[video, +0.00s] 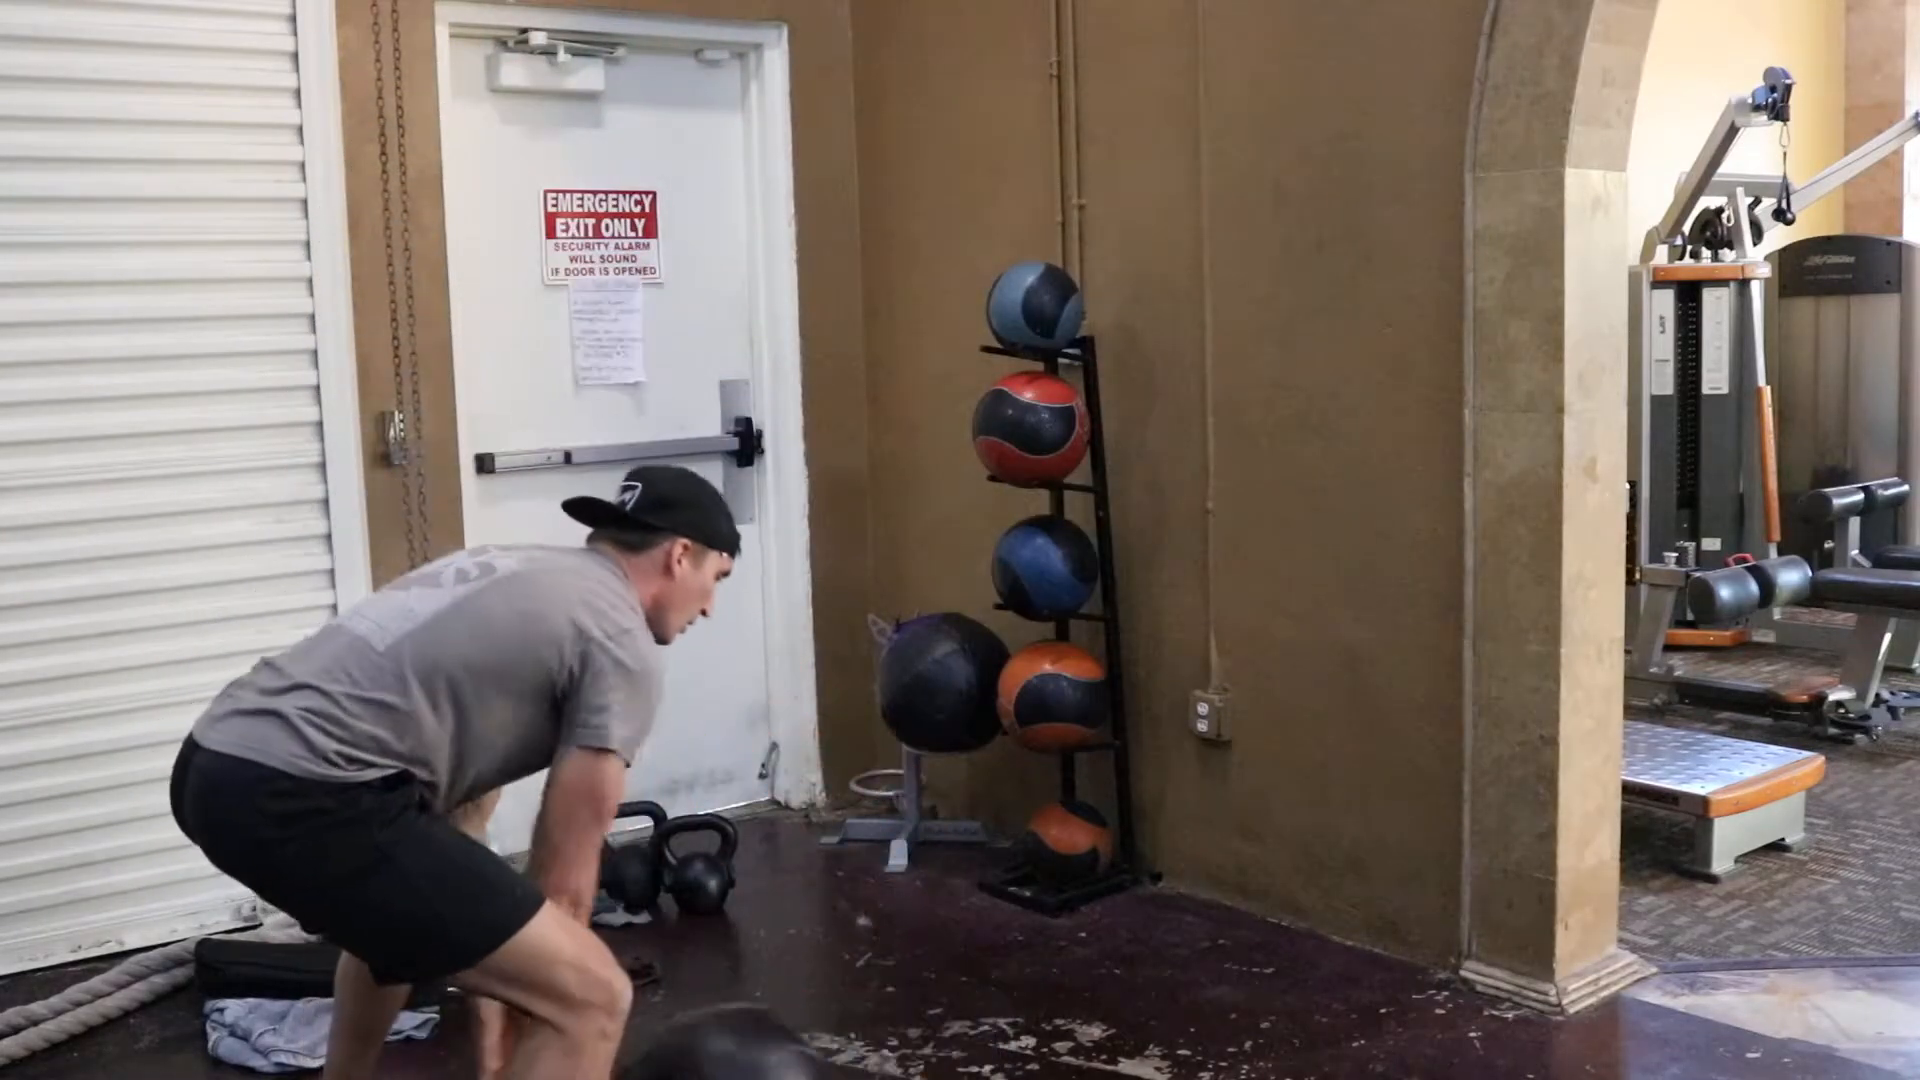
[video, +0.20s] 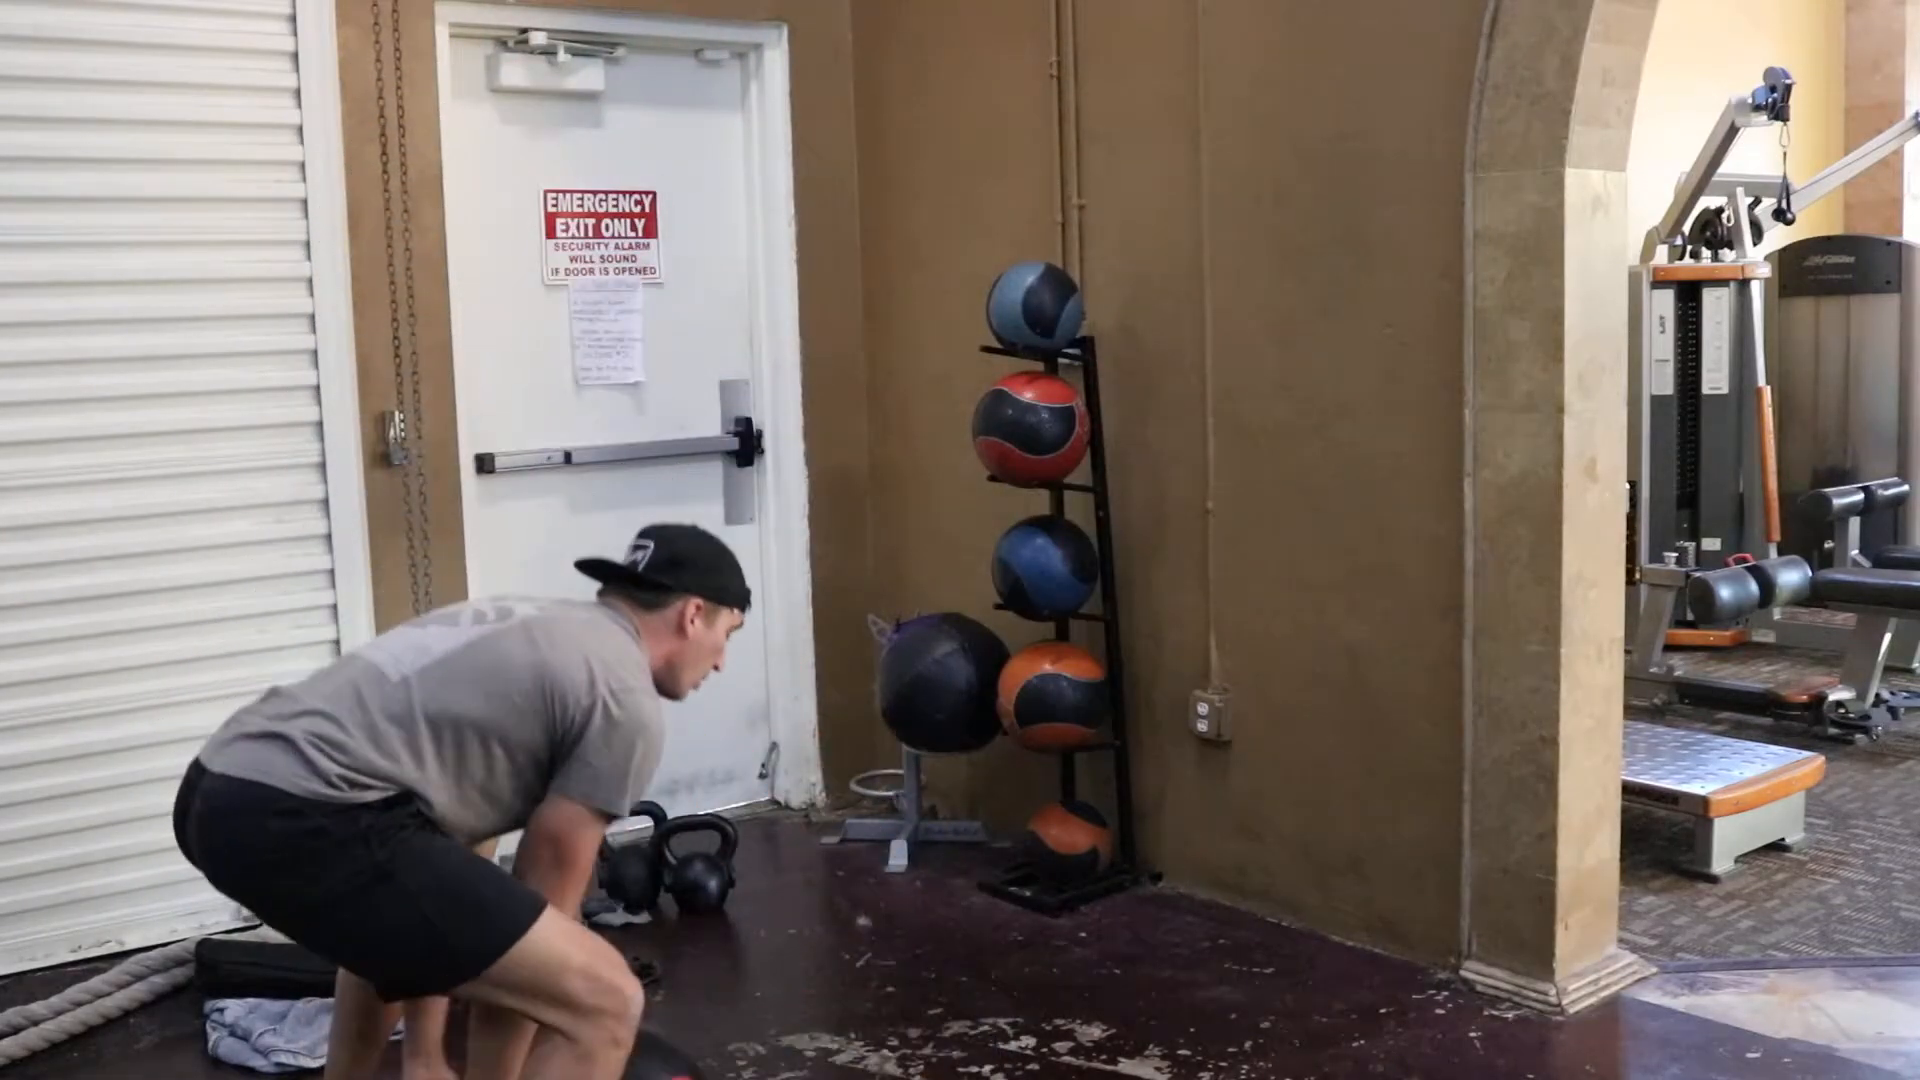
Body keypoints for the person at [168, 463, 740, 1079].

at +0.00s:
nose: (710, 609)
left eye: (719, 584)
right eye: (715, 579)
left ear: (619, 542)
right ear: (677, 558)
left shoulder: (516, 573)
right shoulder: (620, 641)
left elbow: (454, 842)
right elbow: (560, 892)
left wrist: (489, 1048)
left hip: (214, 767)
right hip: (308, 793)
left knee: (396, 909)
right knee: (594, 997)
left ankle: (343, 1070)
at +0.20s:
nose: (723, 659)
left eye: (731, 637)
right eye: (729, 632)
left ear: (627, 595)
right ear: (690, 615)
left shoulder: (533, 622)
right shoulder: (623, 697)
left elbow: (446, 867)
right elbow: (533, 919)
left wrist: (423, 1051)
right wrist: (494, 1070)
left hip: (216, 795)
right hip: (308, 817)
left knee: (389, 917)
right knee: (604, 998)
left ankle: (346, 1069)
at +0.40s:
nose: (726, 732)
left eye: (733, 711)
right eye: (730, 708)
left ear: (631, 668)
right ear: (695, 694)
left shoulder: (538, 692)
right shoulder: (628, 765)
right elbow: (544, 965)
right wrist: (513, 1069)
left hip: (219, 849)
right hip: (311, 874)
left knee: (397, 943)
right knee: (631, 1007)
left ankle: (359, 1071)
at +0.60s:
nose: (729, 774)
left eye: (736, 754)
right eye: (735, 752)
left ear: (636, 712)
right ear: (700, 740)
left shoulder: (555, 736)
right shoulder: (628, 805)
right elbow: (552, 992)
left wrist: (516, 1050)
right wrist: (524, 1060)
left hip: (217, 879)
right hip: (305, 903)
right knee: (635, 1009)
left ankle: (356, 1068)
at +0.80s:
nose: (726, 766)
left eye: (733, 744)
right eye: (732, 741)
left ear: (631, 702)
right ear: (695, 729)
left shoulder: (549, 730)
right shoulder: (630, 807)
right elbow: (532, 980)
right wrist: (513, 1068)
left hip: (215, 877)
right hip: (304, 902)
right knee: (632, 1008)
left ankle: (351, 1065)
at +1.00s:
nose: (721, 729)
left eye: (727, 708)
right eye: (724, 706)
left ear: (625, 670)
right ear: (687, 695)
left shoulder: (530, 692)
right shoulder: (622, 769)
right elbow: (516, 944)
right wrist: (456, 1068)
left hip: (203, 829)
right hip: (303, 853)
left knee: (372, 949)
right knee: (604, 1004)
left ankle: (307, 1060)